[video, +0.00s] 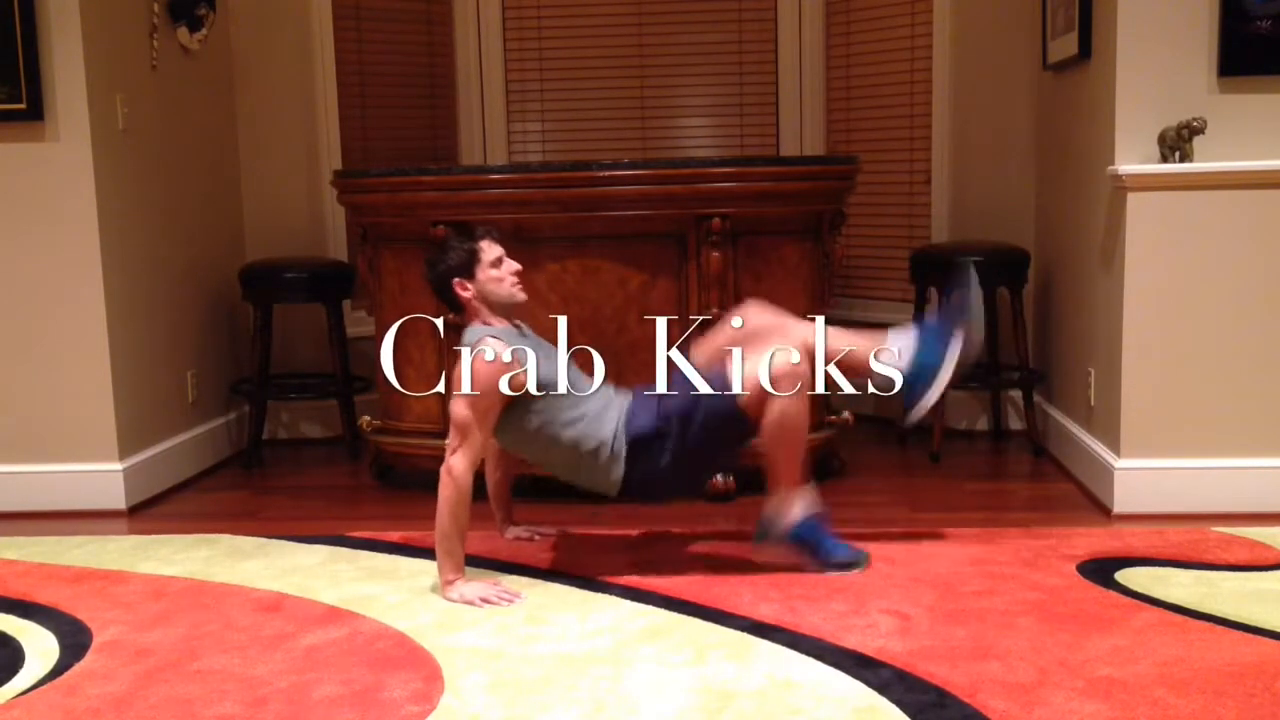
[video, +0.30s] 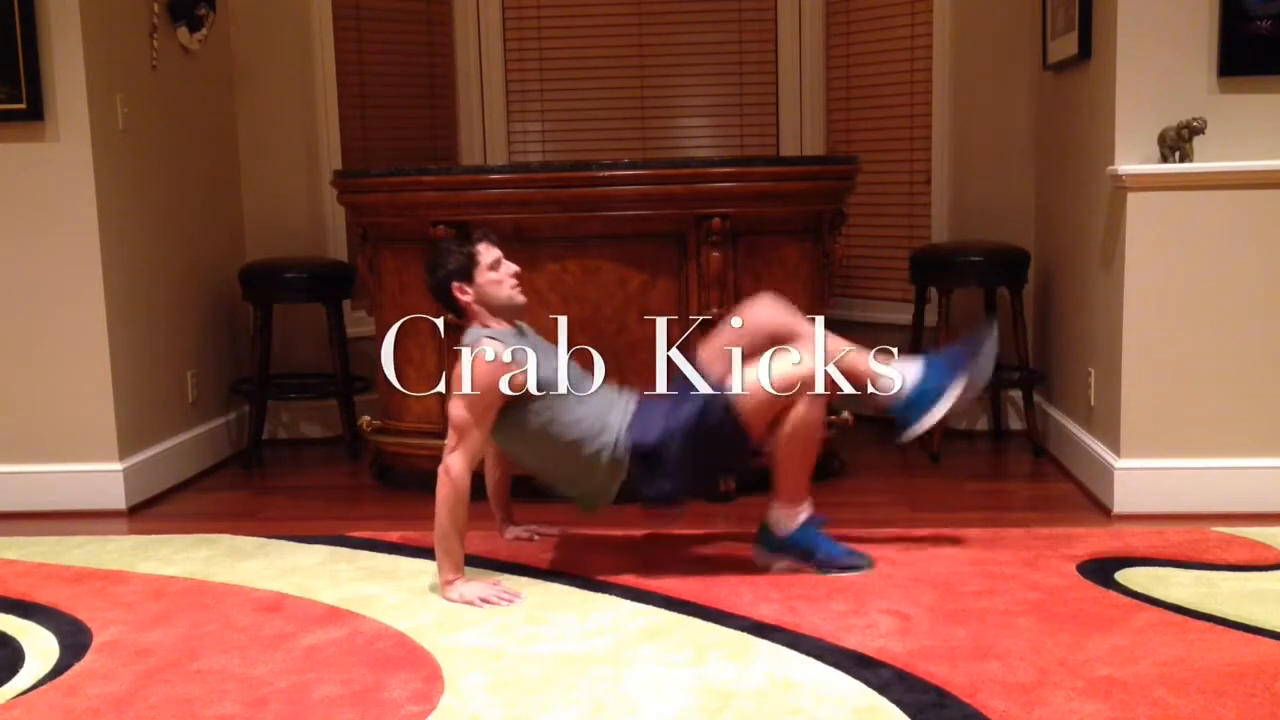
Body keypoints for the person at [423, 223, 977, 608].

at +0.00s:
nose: (514, 270)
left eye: (509, 261)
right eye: (498, 266)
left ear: (494, 279)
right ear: (466, 289)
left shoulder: (505, 337)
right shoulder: (484, 355)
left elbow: (493, 441)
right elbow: (456, 462)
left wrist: (501, 521)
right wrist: (450, 578)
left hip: (643, 416)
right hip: (636, 450)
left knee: (752, 316)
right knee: (783, 363)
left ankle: (901, 357)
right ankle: (787, 516)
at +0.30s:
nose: (514, 272)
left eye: (508, 263)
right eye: (498, 268)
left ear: (490, 283)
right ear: (466, 293)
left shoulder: (508, 338)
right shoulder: (483, 358)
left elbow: (492, 436)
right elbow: (454, 465)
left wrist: (500, 519)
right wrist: (450, 576)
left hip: (652, 415)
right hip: (643, 450)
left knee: (766, 313)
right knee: (807, 373)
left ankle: (902, 384)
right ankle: (786, 525)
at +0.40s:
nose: (506, 269)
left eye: (501, 260)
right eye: (490, 265)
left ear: (477, 283)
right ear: (458, 290)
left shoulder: (499, 335)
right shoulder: (477, 355)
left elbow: (495, 439)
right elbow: (455, 460)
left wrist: (501, 519)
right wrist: (450, 575)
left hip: (650, 396)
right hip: (654, 429)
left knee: (774, 292)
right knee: (795, 316)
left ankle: (810, 451)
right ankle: (873, 463)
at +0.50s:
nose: (510, 270)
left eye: (504, 260)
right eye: (494, 266)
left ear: (489, 282)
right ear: (464, 292)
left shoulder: (506, 340)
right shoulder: (478, 355)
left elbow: (494, 441)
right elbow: (451, 464)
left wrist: (499, 524)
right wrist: (449, 576)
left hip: (642, 419)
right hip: (635, 445)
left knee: (783, 337)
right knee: (781, 329)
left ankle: (765, 484)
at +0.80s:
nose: (506, 269)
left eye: (499, 260)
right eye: (490, 265)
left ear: (480, 285)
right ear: (458, 293)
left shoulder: (505, 341)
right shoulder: (479, 359)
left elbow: (491, 443)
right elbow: (449, 467)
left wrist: (501, 523)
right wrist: (449, 578)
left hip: (653, 432)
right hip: (644, 450)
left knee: (790, 352)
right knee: (756, 320)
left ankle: (761, 498)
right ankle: (910, 367)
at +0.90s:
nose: (498, 269)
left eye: (493, 260)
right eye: (482, 265)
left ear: (470, 283)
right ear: (451, 290)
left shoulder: (490, 336)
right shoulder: (472, 357)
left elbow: (486, 436)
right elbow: (450, 466)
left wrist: (500, 515)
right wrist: (449, 577)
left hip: (640, 411)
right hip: (640, 445)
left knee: (760, 315)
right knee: (762, 315)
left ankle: (857, 411)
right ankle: (823, 464)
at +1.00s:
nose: (505, 271)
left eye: (499, 262)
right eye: (489, 267)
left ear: (481, 283)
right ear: (456, 293)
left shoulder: (500, 338)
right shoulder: (478, 360)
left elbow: (488, 439)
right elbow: (450, 465)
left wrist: (501, 517)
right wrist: (448, 577)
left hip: (633, 428)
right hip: (626, 460)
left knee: (758, 341)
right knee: (767, 372)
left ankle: (905, 333)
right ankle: (762, 525)